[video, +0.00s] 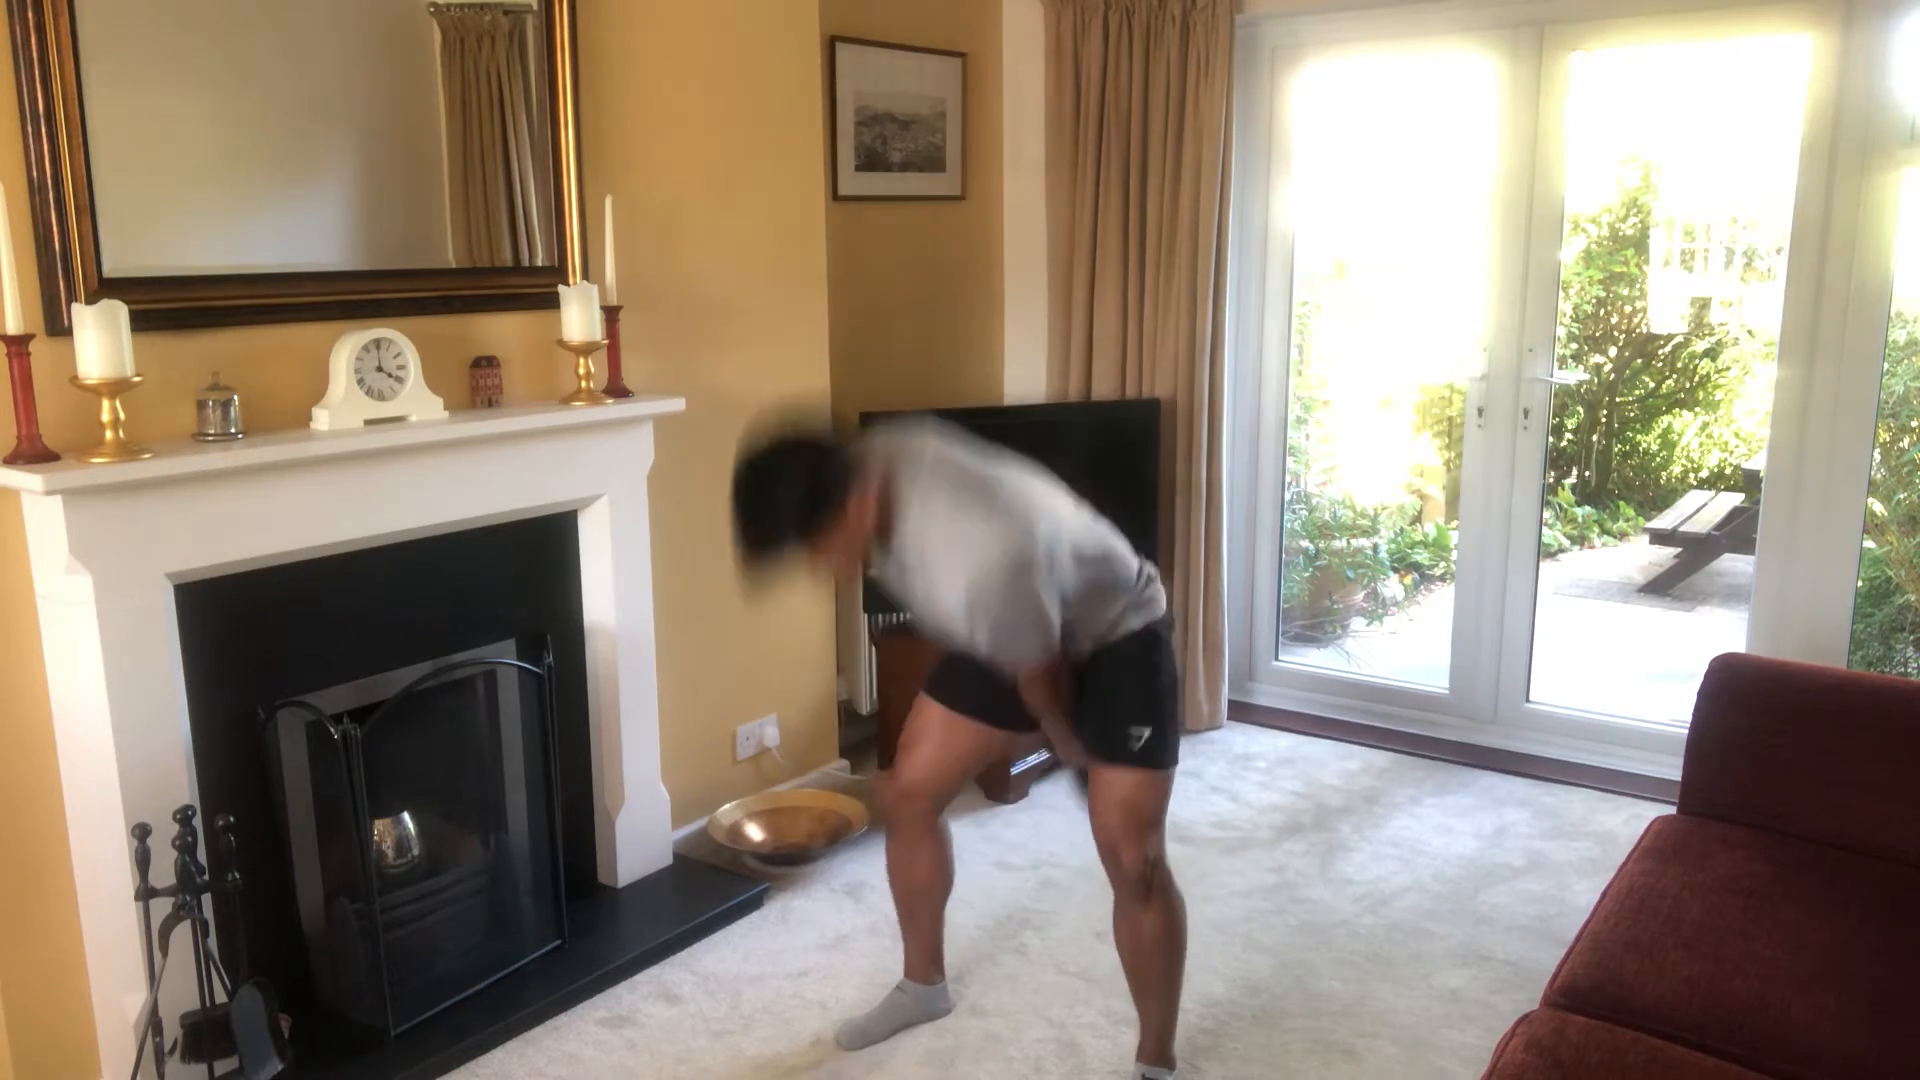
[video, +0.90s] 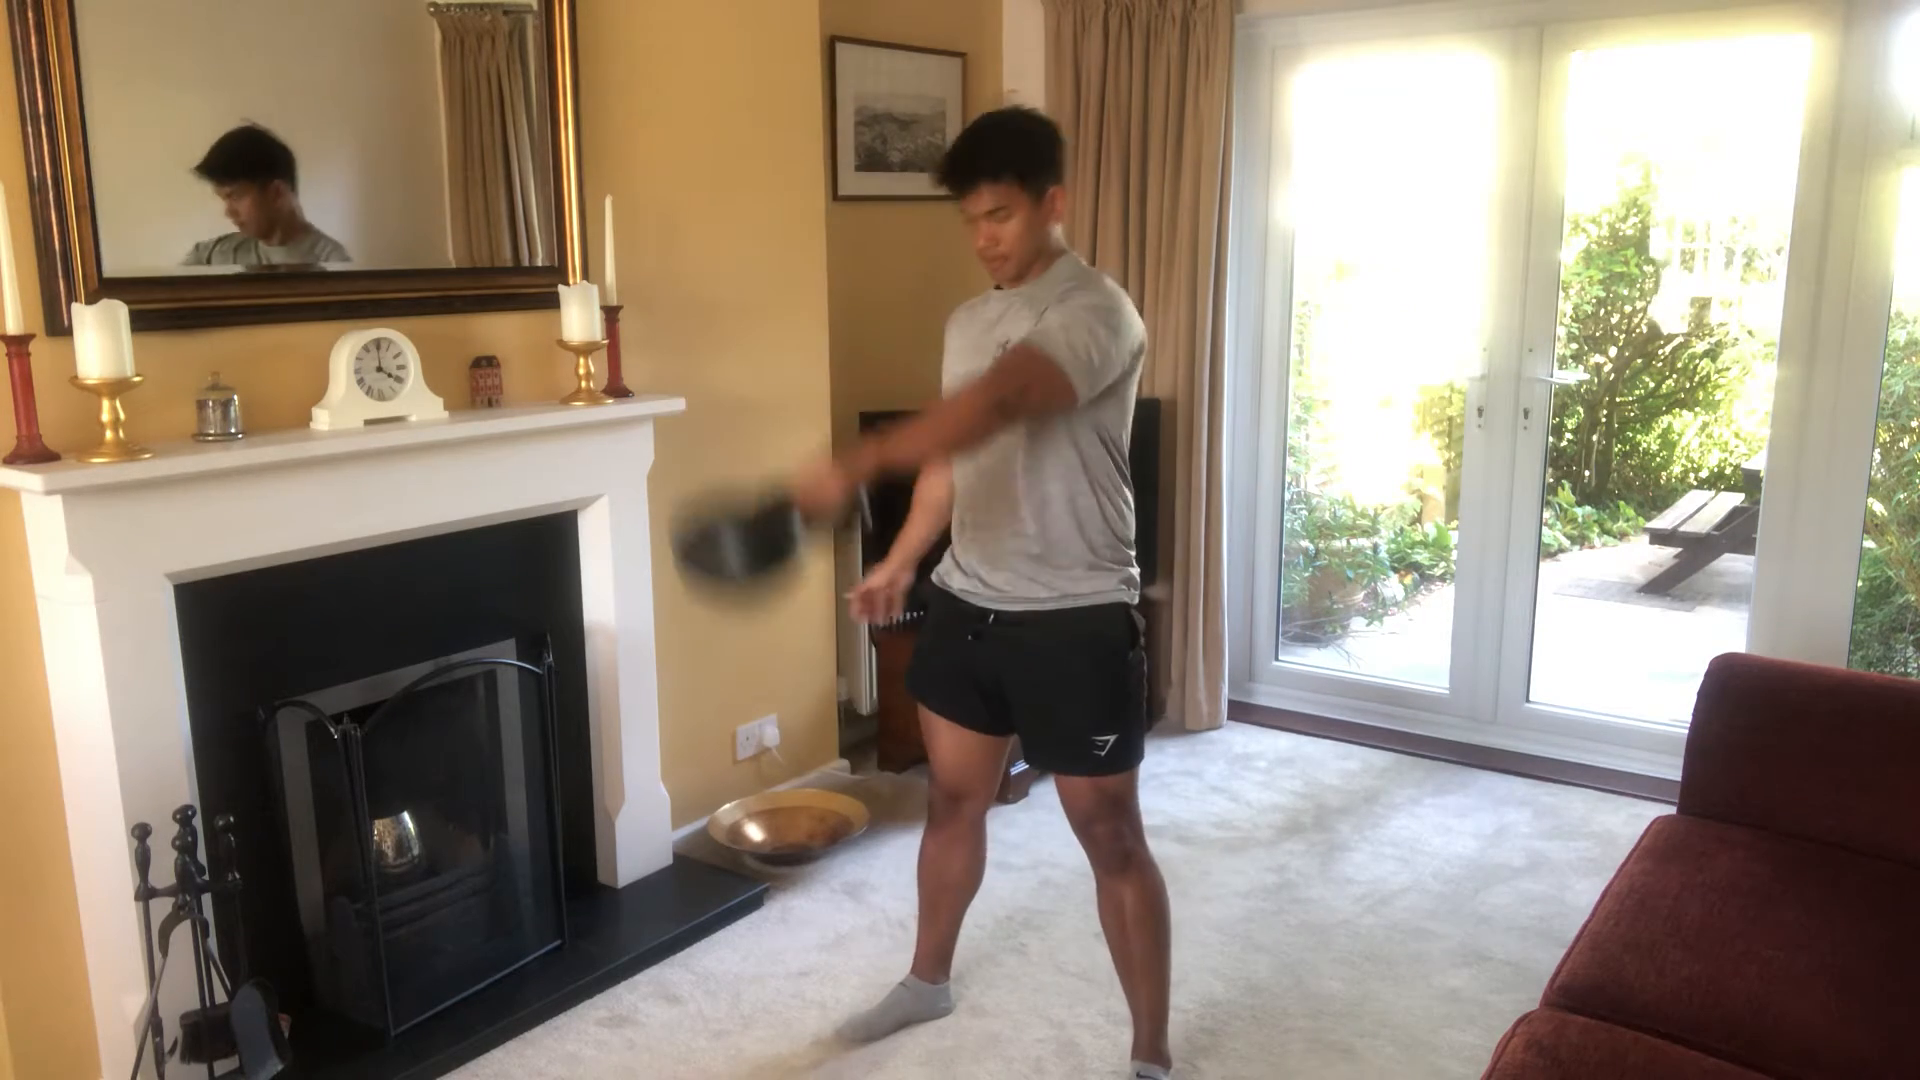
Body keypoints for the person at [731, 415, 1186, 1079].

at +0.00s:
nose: (821, 563)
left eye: (815, 544)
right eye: (807, 551)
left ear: (845, 509)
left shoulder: (976, 555)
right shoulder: (878, 458)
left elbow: (1041, 683)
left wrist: (1074, 752)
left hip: (1116, 628)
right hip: (1012, 620)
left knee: (1133, 857)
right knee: (908, 795)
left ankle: (1156, 1061)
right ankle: (923, 984)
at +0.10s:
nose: (845, 381)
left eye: (849, 359)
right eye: (835, 363)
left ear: (898, 327)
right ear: (866, 341)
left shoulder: (1014, 412)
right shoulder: (893, 383)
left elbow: (1023, 598)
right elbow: (892, 461)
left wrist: (1023, 723)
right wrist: (883, 536)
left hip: (1106, 616)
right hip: (999, 607)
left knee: (1131, 843)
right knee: (930, 790)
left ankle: (1157, 1055)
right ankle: (925, 982)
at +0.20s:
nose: (913, 272)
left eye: (928, 249)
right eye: (904, 253)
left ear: (985, 227)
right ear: (905, 243)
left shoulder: (1055, 334)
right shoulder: (932, 321)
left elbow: (1007, 516)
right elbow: (912, 430)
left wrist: (964, 669)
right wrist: (856, 526)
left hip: (1092, 601)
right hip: (987, 591)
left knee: (1114, 830)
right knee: (951, 782)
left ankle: (1153, 1056)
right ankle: (928, 982)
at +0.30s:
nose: (964, 244)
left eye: (978, 221)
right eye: (951, 226)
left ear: (1035, 207)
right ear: (944, 224)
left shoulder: (1096, 318)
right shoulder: (960, 320)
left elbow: (1013, 455)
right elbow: (919, 433)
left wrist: (914, 585)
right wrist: (847, 523)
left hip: (1083, 609)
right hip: (972, 598)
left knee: (1115, 833)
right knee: (956, 800)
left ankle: (1153, 1051)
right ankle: (928, 982)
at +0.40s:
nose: (986, 233)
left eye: (1002, 211)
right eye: (973, 216)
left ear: (1057, 202)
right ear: (965, 214)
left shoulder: (1107, 311)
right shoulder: (968, 319)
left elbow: (1012, 400)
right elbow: (937, 436)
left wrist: (886, 485)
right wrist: (869, 508)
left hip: (1080, 610)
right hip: (971, 599)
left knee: (1112, 837)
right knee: (957, 800)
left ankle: (1152, 1052)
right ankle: (928, 981)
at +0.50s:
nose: (990, 223)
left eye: (1007, 201)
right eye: (978, 206)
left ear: (1063, 198)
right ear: (972, 209)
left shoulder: (1110, 307)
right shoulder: (978, 319)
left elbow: (998, 362)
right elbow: (950, 448)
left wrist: (837, 382)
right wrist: (880, 547)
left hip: (1077, 614)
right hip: (967, 606)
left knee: (1111, 833)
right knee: (957, 800)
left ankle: (1152, 1051)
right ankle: (928, 981)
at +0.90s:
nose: (983, 237)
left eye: (1000, 214)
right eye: (970, 219)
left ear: (1054, 203)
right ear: (963, 217)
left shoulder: (1102, 312)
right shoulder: (968, 323)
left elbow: (1004, 399)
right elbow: (949, 458)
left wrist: (853, 464)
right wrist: (902, 558)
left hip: (1079, 616)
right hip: (968, 606)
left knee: (1109, 835)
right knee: (952, 803)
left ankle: (1151, 1054)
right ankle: (928, 980)